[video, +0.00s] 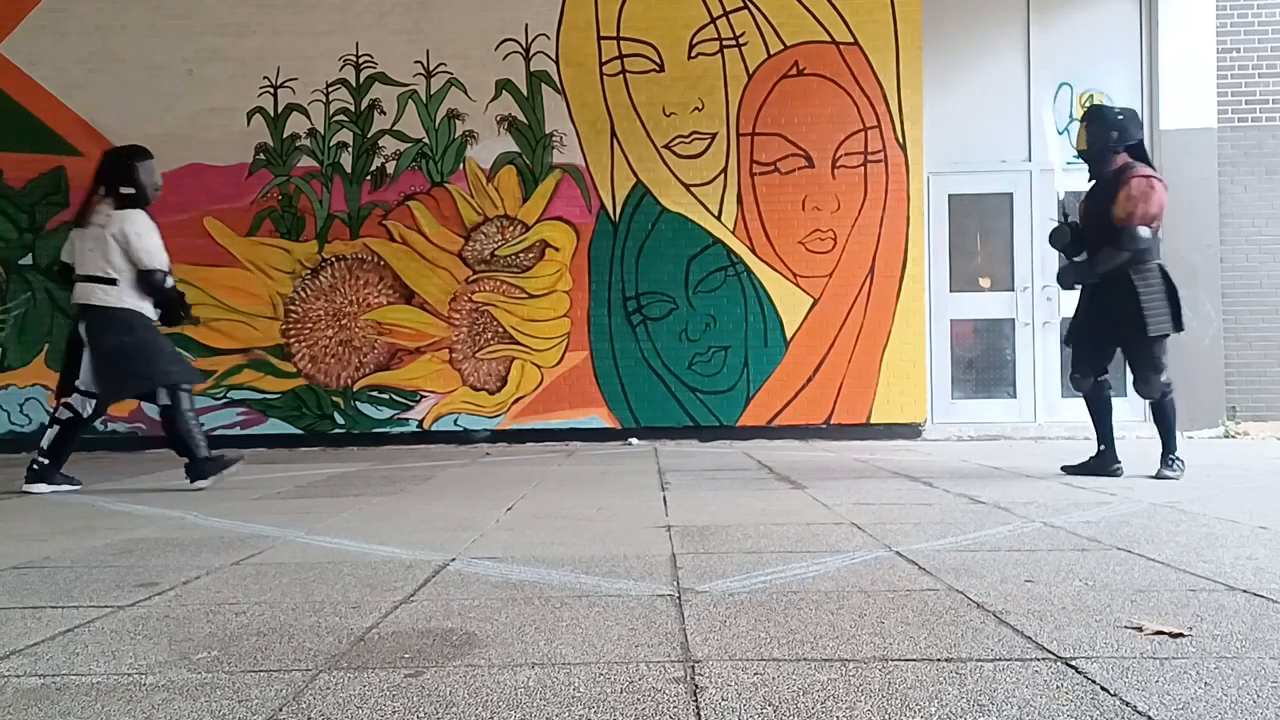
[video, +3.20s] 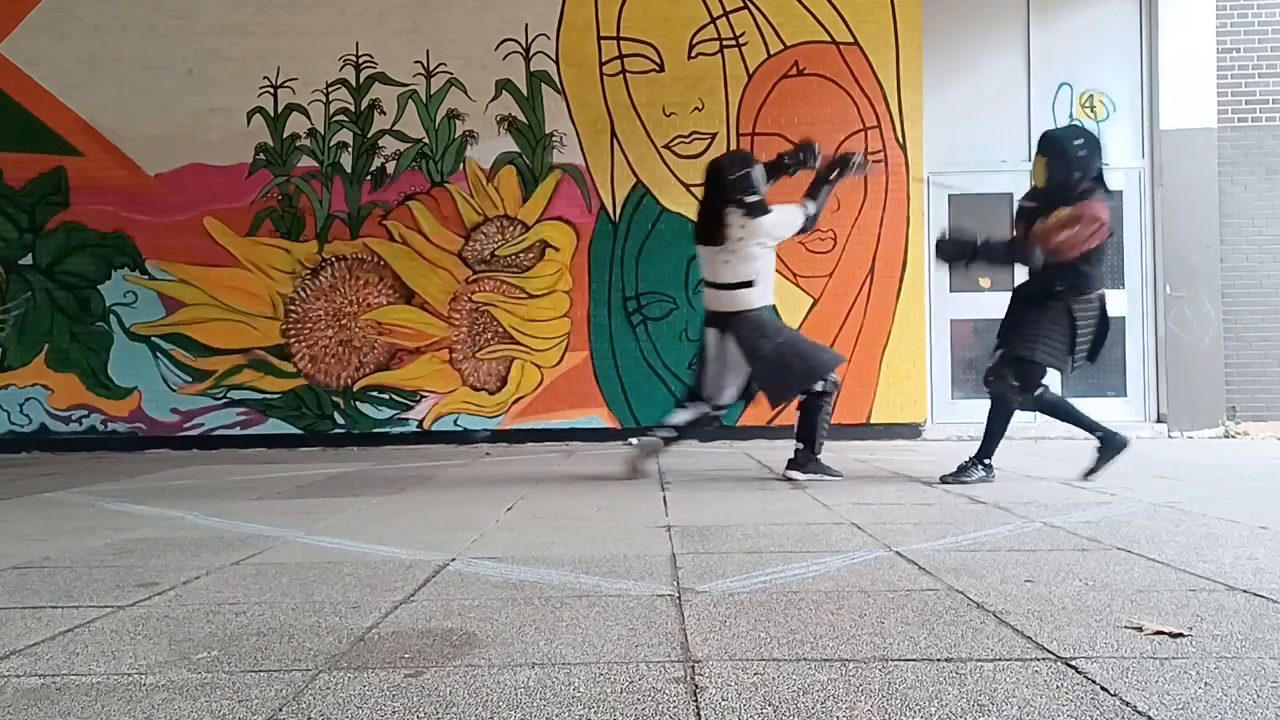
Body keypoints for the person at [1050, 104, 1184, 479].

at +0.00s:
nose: (1081, 144)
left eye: (1088, 136)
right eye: (1082, 136)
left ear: (1110, 138)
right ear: (1112, 139)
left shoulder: (1139, 182)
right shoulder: (1099, 188)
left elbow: (1135, 245)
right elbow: (1092, 242)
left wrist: (1084, 269)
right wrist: (1070, 239)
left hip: (1138, 286)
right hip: (1101, 289)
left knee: (1150, 378)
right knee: (1087, 372)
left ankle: (1170, 456)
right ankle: (1106, 454)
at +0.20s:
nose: (1056, 155)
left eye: (1062, 146)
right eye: (1055, 146)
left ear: (1084, 146)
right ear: (1086, 147)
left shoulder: (1105, 186)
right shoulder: (1085, 185)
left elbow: (1069, 235)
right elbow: (1066, 231)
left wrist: (1028, 255)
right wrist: (1046, 225)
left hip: (1106, 291)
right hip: (1087, 292)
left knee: (1081, 374)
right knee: (1073, 376)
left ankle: (1138, 435)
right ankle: (1105, 456)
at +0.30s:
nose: (1042, 159)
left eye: (1047, 151)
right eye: (1041, 151)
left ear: (1069, 151)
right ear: (1077, 151)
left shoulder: (1086, 189)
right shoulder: (1085, 185)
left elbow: (1047, 237)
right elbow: (1059, 228)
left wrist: (1002, 248)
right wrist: (1032, 219)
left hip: (1095, 293)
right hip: (1094, 292)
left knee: (1055, 368)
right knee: (1063, 369)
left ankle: (1103, 454)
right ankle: (1086, 449)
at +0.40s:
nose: (1024, 163)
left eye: (1030, 155)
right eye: (1024, 155)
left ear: (1052, 156)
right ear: (1063, 157)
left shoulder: (1062, 195)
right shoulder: (1081, 190)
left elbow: (1019, 242)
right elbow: (1049, 229)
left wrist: (978, 245)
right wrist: (1019, 218)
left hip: (1079, 297)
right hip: (1098, 297)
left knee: (1028, 368)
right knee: (1062, 377)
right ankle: (1103, 456)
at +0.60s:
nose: (991, 172)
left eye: (996, 165)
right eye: (991, 165)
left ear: (1018, 167)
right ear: (1033, 169)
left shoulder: (1021, 206)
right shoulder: (1055, 201)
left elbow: (981, 254)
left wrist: (954, 260)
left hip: (1034, 308)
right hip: (1059, 306)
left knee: (977, 374)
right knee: (1039, 391)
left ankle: (948, 458)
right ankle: (1102, 456)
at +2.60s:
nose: (999, 170)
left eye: (1005, 163)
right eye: (998, 163)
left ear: (1028, 166)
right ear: (1030, 167)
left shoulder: (1041, 208)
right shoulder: (1028, 204)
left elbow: (1029, 268)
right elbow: (1023, 257)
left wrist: (981, 279)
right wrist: (996, 253)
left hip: (1054, 300)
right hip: (1055, 299)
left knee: (997, 360)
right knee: (1044, 386)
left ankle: (1005, 450)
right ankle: (1103, 449)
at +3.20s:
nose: (1038, 170)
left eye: (1046, 163)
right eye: (1039, 162)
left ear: (1074, 166)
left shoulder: (1090, 212)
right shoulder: (1043, 202)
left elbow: (1038, 252)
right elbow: (1021, 248)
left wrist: (974, 249)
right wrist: (972, 250)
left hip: (1064, 304)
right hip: (1038, 300)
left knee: (1005, 377)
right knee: (1022, 387)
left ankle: (982, 462)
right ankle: (1108, 438)